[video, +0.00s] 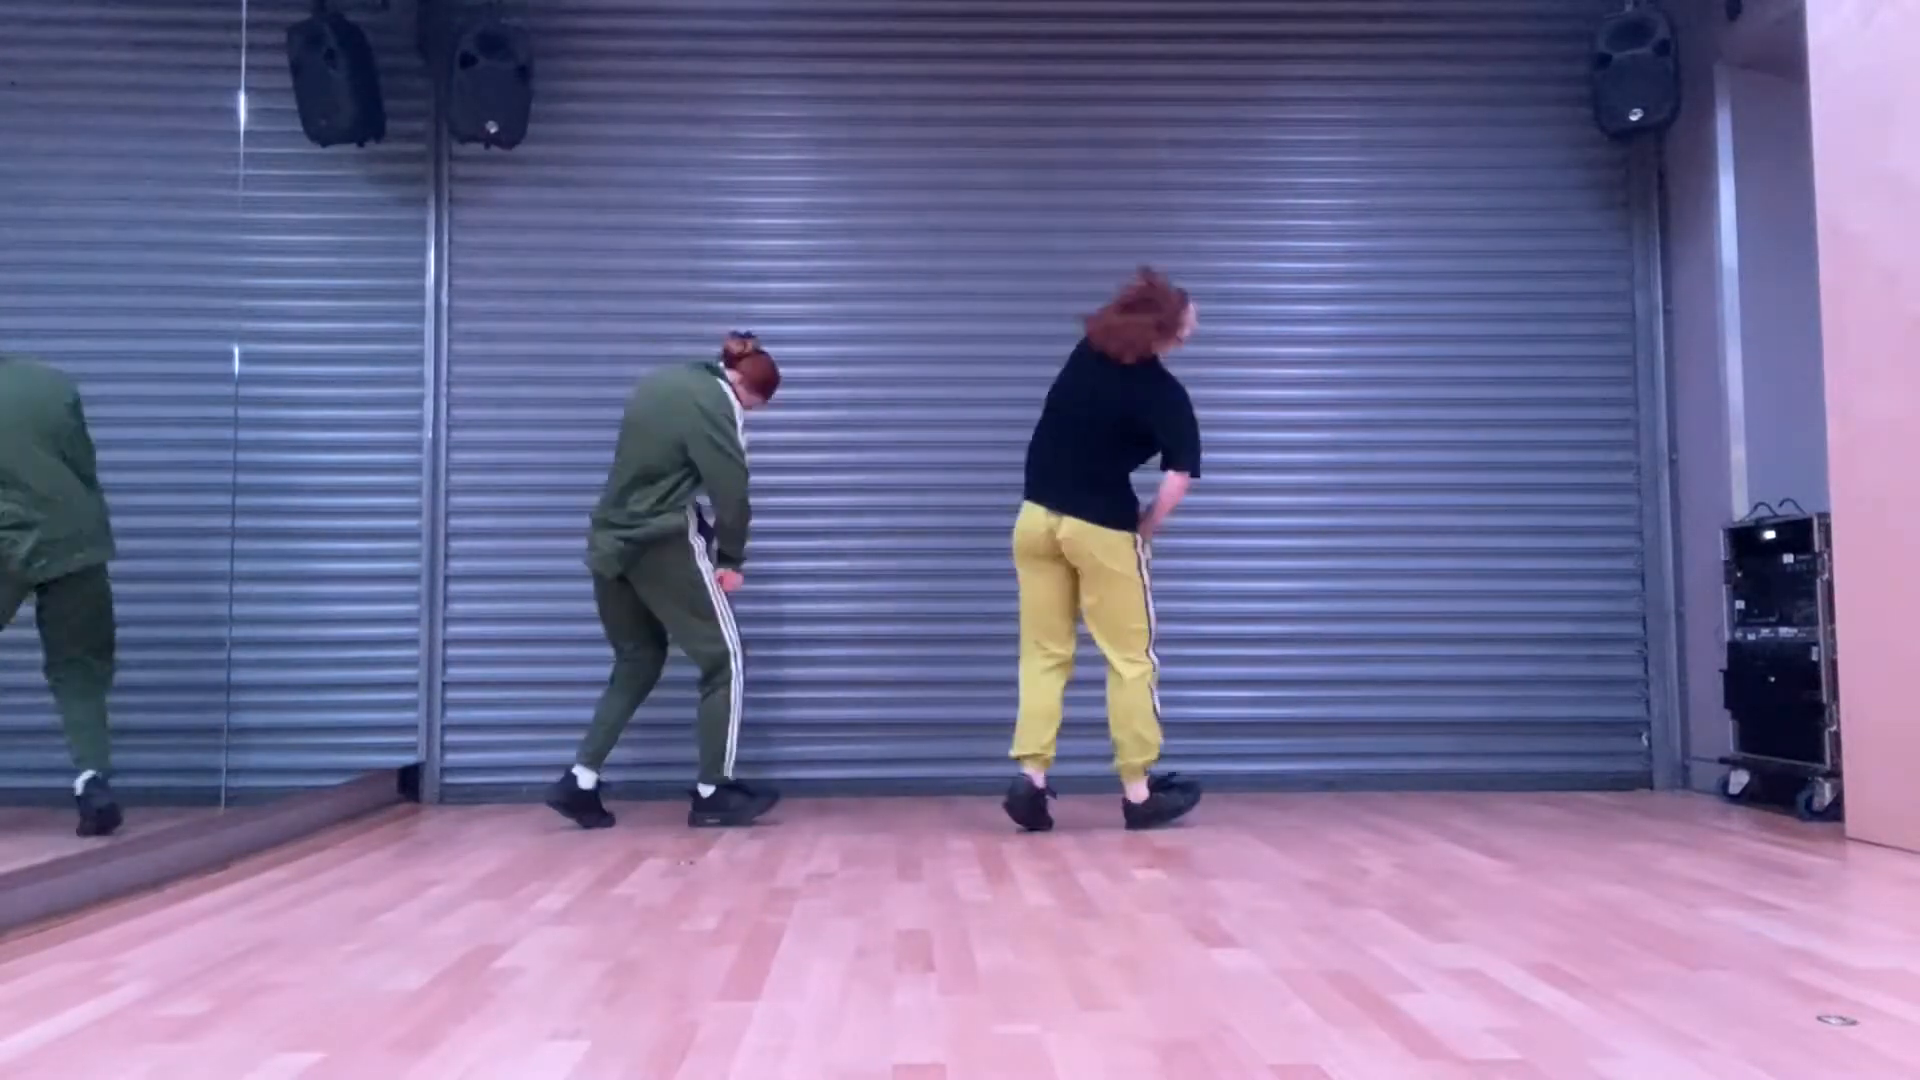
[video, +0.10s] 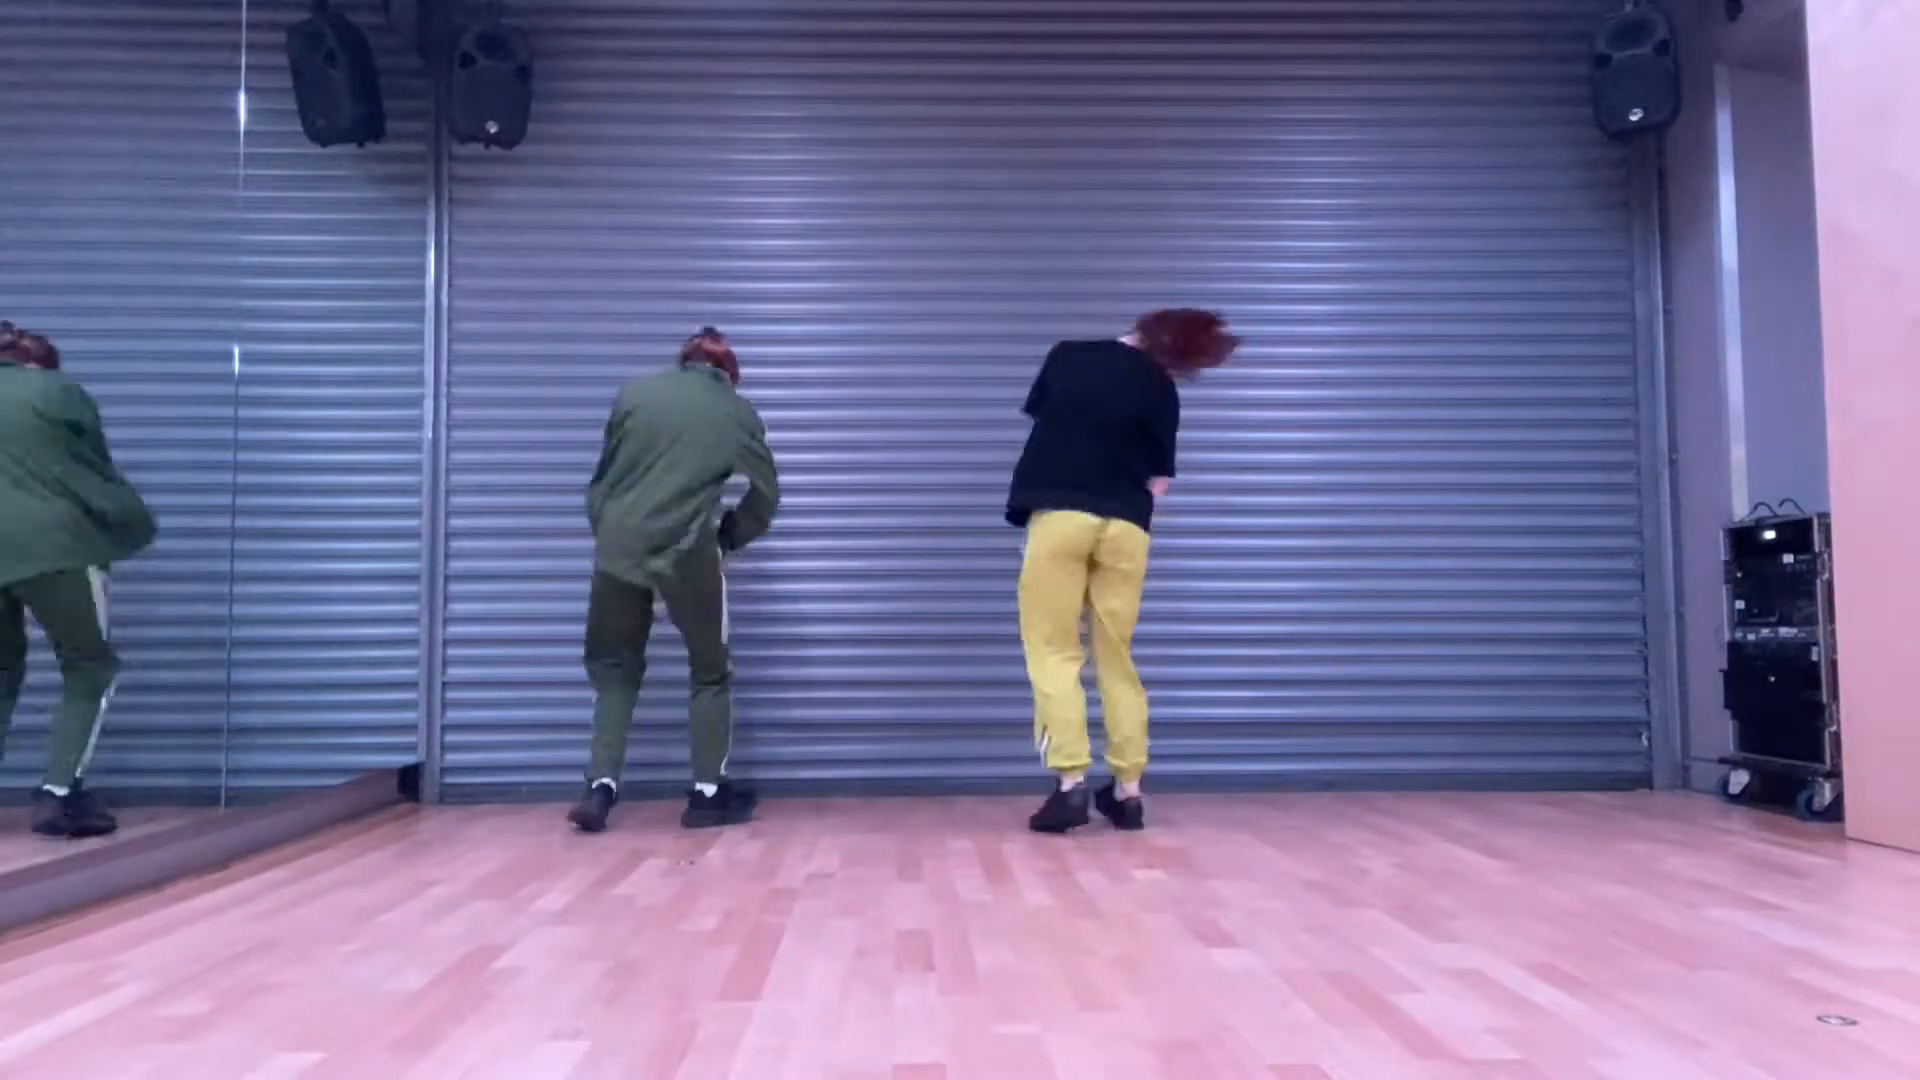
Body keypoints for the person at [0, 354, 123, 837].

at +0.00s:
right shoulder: (48, 382)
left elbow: (81, 465)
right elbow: (83, 465)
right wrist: (82, 530)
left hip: (8, 540)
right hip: (74, 536)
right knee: (79, 663)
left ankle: (92, 778)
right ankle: (93, 779)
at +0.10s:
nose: (53, 378)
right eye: (52, 369)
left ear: (9, 357)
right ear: (39, 362)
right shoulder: (54, 390)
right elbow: (98, 467)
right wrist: (116, 516)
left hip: (4, 559)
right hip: (50, 548)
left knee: (7, 669)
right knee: (88, 663)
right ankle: (59, 794)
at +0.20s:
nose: (82, 375)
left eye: (84, 364)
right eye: (81, 363)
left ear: (39, 351)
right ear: (55, 355)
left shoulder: (13, 382)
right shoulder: (26, 381)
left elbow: (51, 477)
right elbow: (64, 469)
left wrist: (102, 545)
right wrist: (115, 537)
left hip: (10, 557)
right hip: (28, 554)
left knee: (24, 680)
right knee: (85, 675)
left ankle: (3, 793)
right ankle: (54, 800)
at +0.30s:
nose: (70, 335)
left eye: (73, 325)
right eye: (59, 323)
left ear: (65, 334)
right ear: (20, 327)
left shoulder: (42, 386)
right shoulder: (3, 381)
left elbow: (44, 452)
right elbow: (4, 478)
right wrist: (54, 532)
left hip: (31, 549)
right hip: (5, 551)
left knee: (57, 656)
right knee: (48, 659)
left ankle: (21, 788)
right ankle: (23, 790)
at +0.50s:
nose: (0, 331)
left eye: (10, 322)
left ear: (36, 336)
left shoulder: (59, 397)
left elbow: (123, 458)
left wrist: (113, 421)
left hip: (48, 536)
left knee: (85, 679)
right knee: (5, 676)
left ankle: (26, 750)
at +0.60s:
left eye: (10, 328)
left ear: (39, 338)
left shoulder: (61, 396)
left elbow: (73, 422)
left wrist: (111, 383)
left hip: (49, 525)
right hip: (0, 527)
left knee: (73, 673)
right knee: (2, 670)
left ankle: (39, 747)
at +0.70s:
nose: (8, 345)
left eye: (18, 335)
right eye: (3, 337)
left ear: (50, 342)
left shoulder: (72, 378)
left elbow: (68, 379)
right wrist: (32, 372)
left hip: (60, 519)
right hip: (3, 517)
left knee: (44, 669)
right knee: (13, 665)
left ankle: (59, 779)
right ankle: (58, 775)